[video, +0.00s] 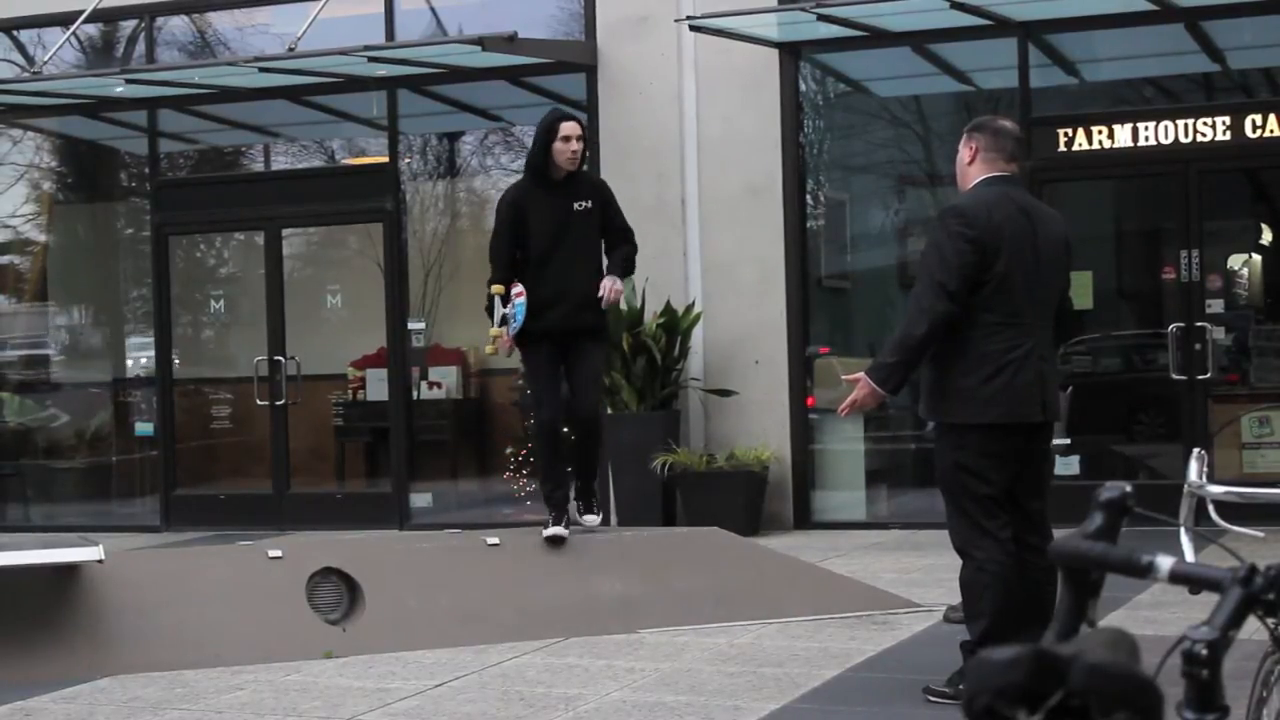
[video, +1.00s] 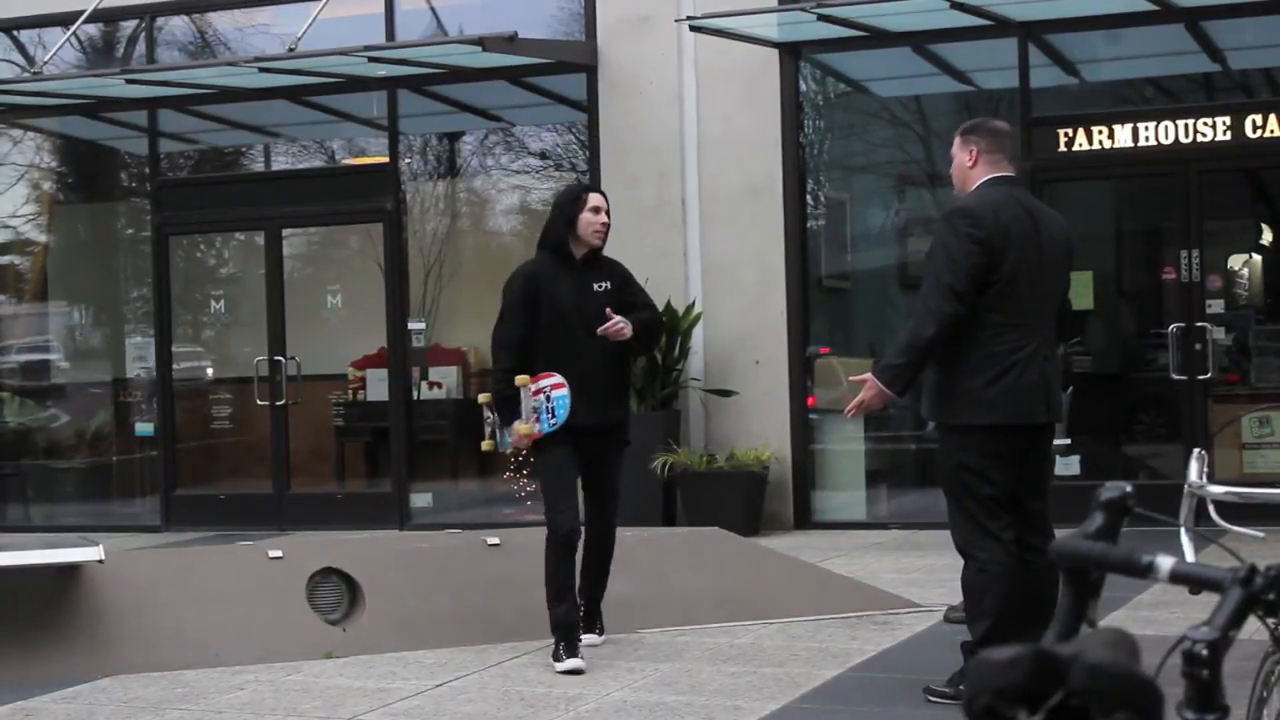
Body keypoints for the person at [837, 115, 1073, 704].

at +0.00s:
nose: (954, 164)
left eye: (957, 154)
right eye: (957, 155)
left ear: (970, 151)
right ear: (1018, 160)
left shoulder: (965, 216)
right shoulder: (1048, 221)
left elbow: (931, 308)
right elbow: (1064, 317)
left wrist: (882, 377)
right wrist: (1024, 353)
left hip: (972, 408)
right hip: (1032, 408)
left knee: (981, 538)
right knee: (1027, 532)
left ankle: (986, 674)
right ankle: (1028, 667)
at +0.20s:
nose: (955, 164)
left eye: (957, 153)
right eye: (958, 154)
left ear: (971, 151)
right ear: (1018, 159)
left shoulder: (967, 217)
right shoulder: (1048, 221)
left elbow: (933, 308)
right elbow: (1064, 317)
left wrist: (885, 376)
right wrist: (1029, 360)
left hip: (974, 409)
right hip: (1032, 408)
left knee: (982, 538)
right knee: (1028, 531)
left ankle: (986, 674)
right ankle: (1028, 665)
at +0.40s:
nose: (956, 164)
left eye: (959, 153)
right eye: (959, 155)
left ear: (973, 152)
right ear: (1019, 159)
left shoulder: (969, 218)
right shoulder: (1049, 221)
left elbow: (936, 311)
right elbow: (1064, 319)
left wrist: (888, 377)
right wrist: (1034, 365)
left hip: (976, 409)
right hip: (1034, 408)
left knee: (983, 539)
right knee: (1029, 532)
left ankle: (988, 674)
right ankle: (1028, 666)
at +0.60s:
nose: (954, 165)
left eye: (957, 153)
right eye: (956, 154)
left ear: (976, 150)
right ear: (1016, 157)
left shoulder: (970, 216)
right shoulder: (1049, 221)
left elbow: (938, 310)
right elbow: (1060, 319)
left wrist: (890, 377)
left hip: (976, 408)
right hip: (1034, 408)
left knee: (983, 538)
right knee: (1028, 531)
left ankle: (988, 674)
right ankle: (1027, 665)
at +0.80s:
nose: (947, 165)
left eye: (954, 153)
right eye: (950, 154)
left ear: (983, 150)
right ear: (1002, 153)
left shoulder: (972, 216)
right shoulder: (1048, 221)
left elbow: (939, 311)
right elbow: (1058, 319)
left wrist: (889, 377)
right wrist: (1035, 379)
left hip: (976, 408)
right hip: (1033, 407)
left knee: (983, 539)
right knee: (1028, 532)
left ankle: (988, 675)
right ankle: (1028, 666)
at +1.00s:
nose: (949, 169)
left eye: (951, 158)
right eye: (951, 159)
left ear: (971, 154)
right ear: (1007, 156)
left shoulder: (970, 217)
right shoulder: (1048, 221)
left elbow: (938, 311)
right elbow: (1060, 318)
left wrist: (889, 377)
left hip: (976, 408)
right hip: (1033, 407)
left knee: (983, 539)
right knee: (1029, 531)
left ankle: (987, 674)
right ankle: (1027, 665)